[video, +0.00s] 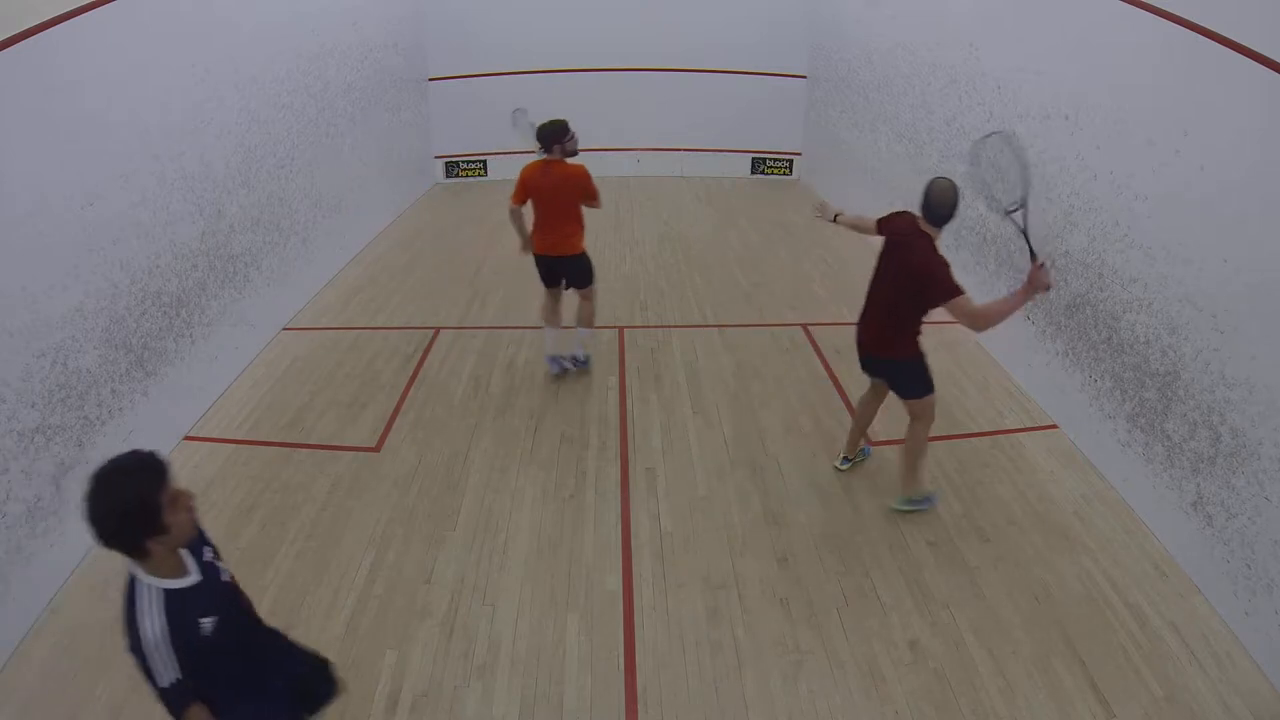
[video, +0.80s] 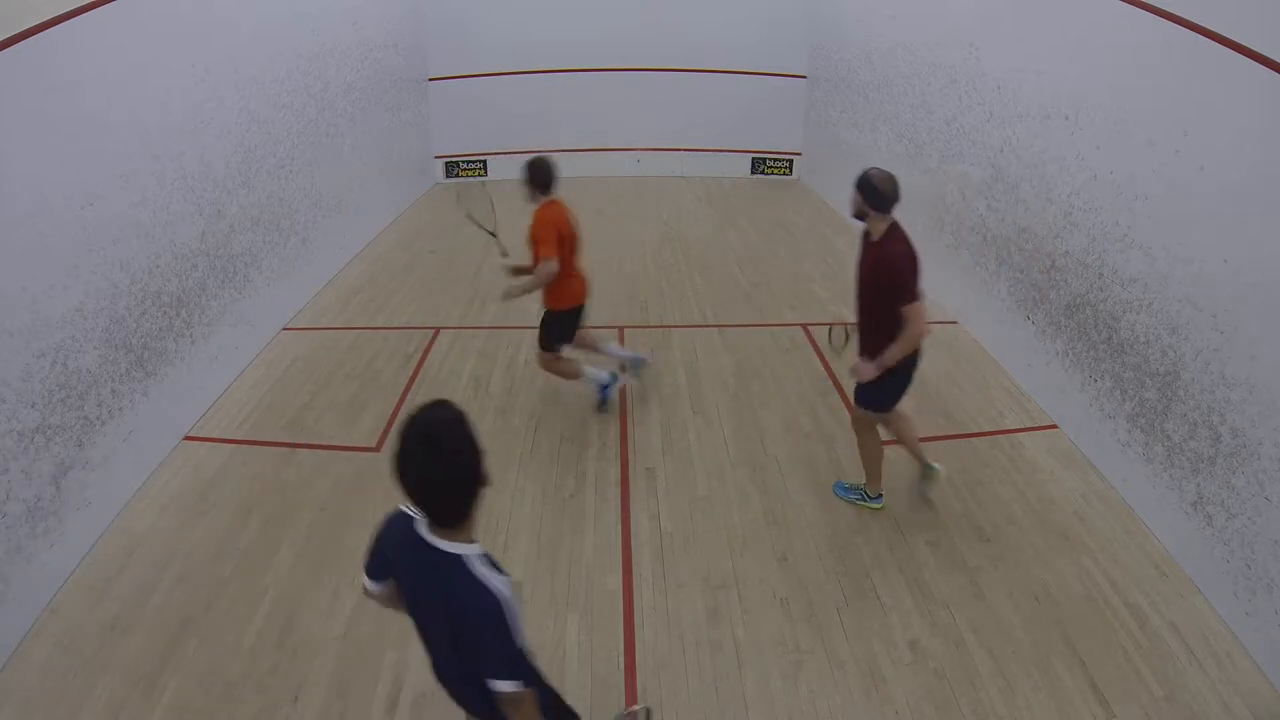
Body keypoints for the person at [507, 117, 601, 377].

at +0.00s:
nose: (576, 139)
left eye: (573, 135)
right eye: (570, 137)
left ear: (547, 146)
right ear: (558, 145)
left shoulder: (530, 172)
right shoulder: (577, 172)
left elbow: (514, 208)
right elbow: (594, 202)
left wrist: (524, 237)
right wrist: (567, 190)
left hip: (542, 250)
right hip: (571, 251)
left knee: (552, 294)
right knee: (586, 296)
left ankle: (552, 353)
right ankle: (580, 351)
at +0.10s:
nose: (586, 148)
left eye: (584, 143)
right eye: (581, 146)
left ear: (559, 154)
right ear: (567, 153)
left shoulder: (540, 180)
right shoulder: (586, 183)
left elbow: (524, 216)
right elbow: (607, 212)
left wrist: (545, 229)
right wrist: (581, 198)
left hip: (553, 261)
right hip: (585, 260)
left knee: (563, 306)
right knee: (607, 304)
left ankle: (561, 366)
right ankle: (606, 367)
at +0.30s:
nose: (606, 155)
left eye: (603, 151)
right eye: (603, 152)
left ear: (576, 161)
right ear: (596, 159)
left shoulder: (564, 192)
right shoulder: (616, 192)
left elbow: (550, 231)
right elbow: (628, 232)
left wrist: (573, 233)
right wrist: (602, 229)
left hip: (576, 272)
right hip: (610, 273)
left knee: (567, 314)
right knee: (623, 325)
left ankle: (561, 368)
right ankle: (626, 389)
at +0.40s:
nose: (608, 159)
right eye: (608, 155)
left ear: (581, 163)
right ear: (608, 160)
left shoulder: (572, 196)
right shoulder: (627, 193)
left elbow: (556, 237)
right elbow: (637, 237)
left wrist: (581, 244)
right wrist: (613, 241)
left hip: (584, 272)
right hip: (620, 273)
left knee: (567, 313)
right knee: (635, 319)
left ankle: (560, 371)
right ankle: (649, 377)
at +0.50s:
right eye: (610, 175)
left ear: (589, 181)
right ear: (614, 177)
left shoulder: (579, 215)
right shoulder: (633, 210)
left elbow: (564, 262)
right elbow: (646, 254)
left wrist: (582, 272)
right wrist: (624, 262)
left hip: (593, 289)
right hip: (628, 288)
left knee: (566, 321)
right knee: (645, 330)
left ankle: (554, 383)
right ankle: (670, 388)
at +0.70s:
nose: (557, 185)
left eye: (558, 182)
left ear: (560, 186)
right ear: (585, 184)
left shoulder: (560, 219)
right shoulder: (597, 213)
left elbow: (559, 265)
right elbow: (601, 255)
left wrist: (546, 289)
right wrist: (565, 273)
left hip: (583, 300)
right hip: (610, 295)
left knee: (539, 339)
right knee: (628, 334)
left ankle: (578, 389)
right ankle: (667, 379)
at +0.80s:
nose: (524, 187)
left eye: (526, 182)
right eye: (526, 181)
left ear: (532, 184)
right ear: (550, 182)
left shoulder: (545, 217)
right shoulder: (558, 210)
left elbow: (549, 268)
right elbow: (557, 257)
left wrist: (520, 290)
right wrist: (525, 269)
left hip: (561, 299)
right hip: (575, 291)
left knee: (548, 359)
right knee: (571, 335)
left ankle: (604, 380)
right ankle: (627, 357)